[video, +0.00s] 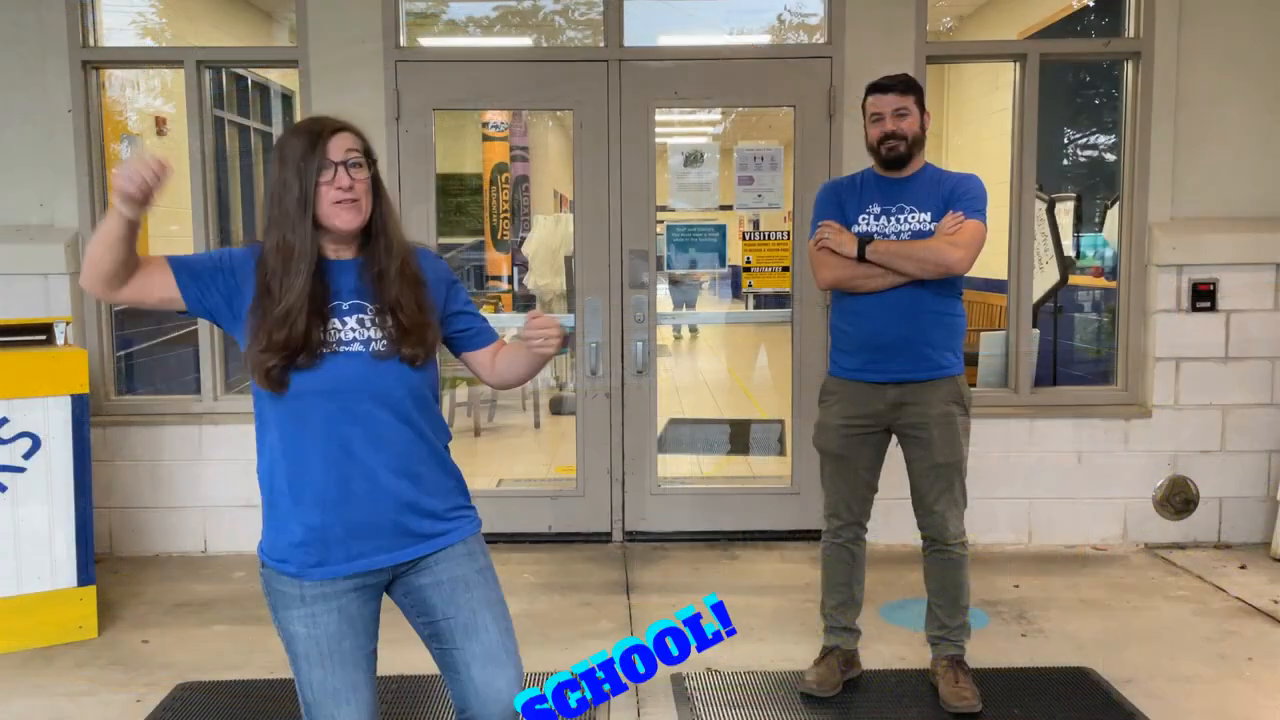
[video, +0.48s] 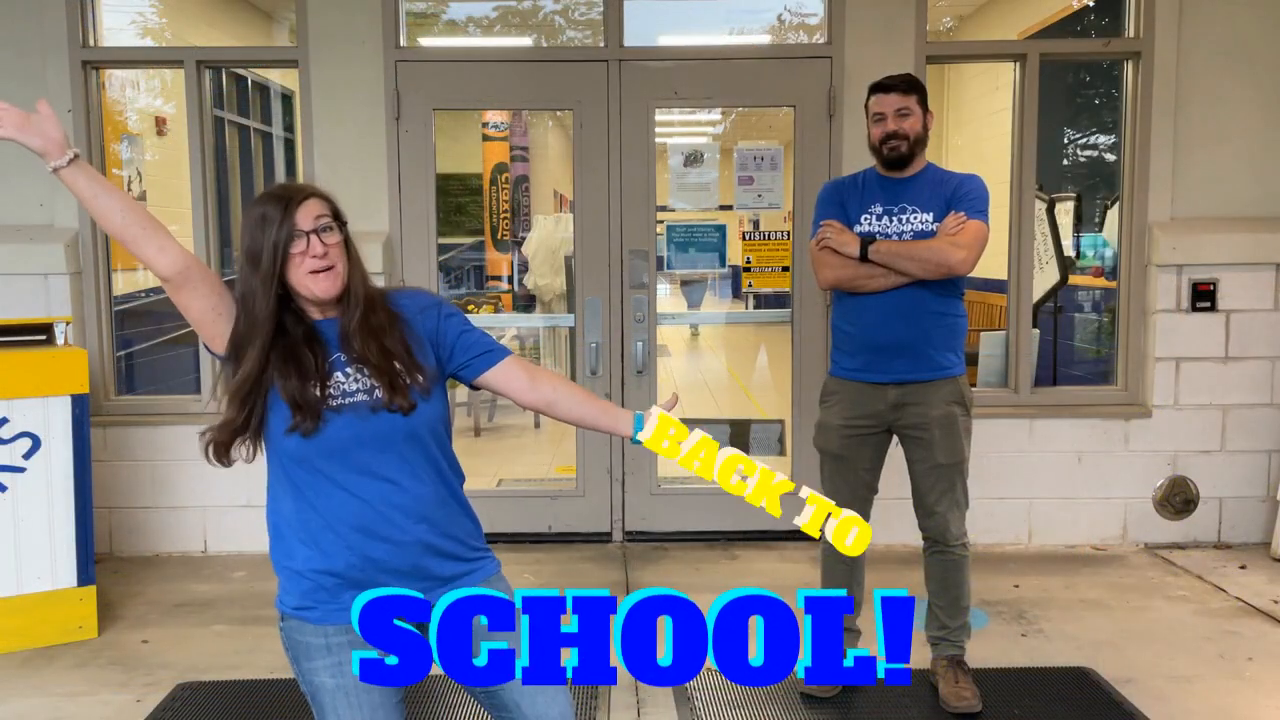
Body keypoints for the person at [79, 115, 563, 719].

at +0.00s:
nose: (347, 179)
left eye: (356, 163)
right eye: (327, 168)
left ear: (373, 179)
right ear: (296, 187)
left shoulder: (417, 270)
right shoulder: (254, 273)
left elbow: (495, 366)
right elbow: (106, 280)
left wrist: (533, 348)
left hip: (437, 536)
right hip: (314, 554)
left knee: (499, 699)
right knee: (342, 709)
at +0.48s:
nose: (318, 246)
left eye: (326, 230)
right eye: (298, 237)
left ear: (348, 242)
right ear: (271, 260)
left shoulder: (417, 317)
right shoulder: (263, 342)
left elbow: (533, 384)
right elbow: (171, 265)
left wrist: (649, 429)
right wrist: (63, 158)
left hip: (457, 582)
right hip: (332, 602)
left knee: (550, 708)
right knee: (363, 711)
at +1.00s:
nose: (319, 249)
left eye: (330, 230)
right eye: (301, 243)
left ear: (364, 238)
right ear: (289, 265)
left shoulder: (424, 334)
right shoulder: (282, 329)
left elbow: (530, 387)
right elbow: (152, 269)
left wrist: (648, 392)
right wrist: (18, 217)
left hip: (436, 597)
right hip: (330, 609)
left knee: (553, 689)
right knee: (376, 716)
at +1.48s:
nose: (314, 262)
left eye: (323, 244)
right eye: (295, 254)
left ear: (351, 247)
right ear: (278, 272)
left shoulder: (416, 335)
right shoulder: (271, 342)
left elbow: (528, 385)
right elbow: (160, 275)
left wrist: (631, 422)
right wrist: (34, 202)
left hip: (444, 590)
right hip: (336, 605)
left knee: (553, 688)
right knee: (383, 712)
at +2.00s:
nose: (330, 245)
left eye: (342, 229)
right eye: (311, 237)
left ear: (369, 242)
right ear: (289, 258)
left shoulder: (418, 336)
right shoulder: (268, 333)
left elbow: (537, 389)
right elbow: (164, 257)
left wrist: (653, 416)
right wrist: (43, 164)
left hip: (443, 594)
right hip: (332, 609)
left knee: (557, 674)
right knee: (373, 706)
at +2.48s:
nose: (339, 258)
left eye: (352, 241)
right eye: (320, 246)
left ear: (377, 254)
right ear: (295, 265)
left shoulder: (419, 349)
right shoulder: (271, 334)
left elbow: (535, 400)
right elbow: (158, 257)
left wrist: (653, 425)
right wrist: (32, 176)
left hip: (439, 598)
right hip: (328, 616)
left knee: (555, 696)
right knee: (378, 711)